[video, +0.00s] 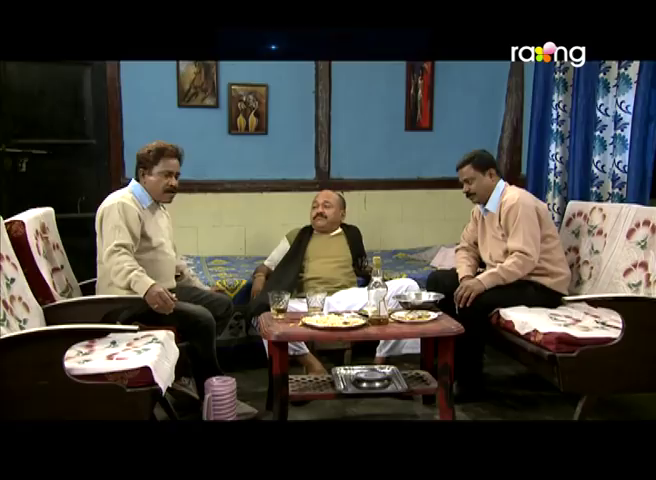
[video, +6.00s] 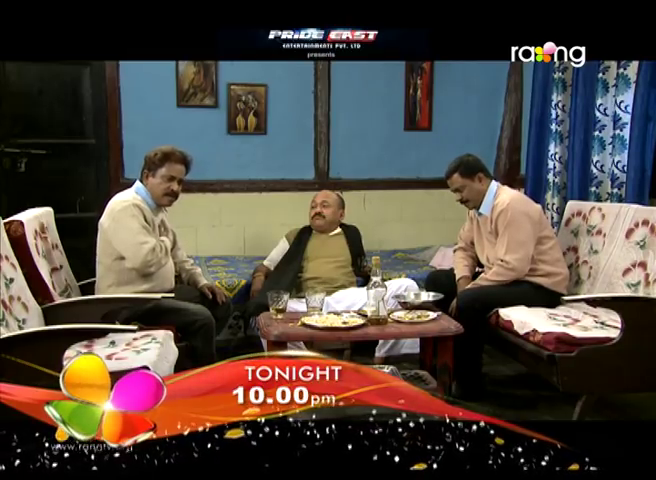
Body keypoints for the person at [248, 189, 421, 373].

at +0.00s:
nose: (318, 210)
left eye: (327, 206)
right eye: (315, 205)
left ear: (342, 214)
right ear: (310, 211)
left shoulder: (352, 233)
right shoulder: (297, 236)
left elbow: (363, 268)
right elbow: (265, 268)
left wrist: (379, 280)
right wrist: (258, 291)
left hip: (349, 297)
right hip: (306, 300)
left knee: (407, 286)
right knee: (267, 317)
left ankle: (380, 361)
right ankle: (312, 364)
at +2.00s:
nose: (318, 210)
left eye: (326, 206)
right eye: (314, 206)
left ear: (341, 213)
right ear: (309, 211)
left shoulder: (351, 233)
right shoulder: (297, 236)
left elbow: (362, 268)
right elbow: (265, 268)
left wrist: (379, 282)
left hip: (350, 297)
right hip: (309, 300)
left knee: (406, 286)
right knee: (269, 314)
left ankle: (381, 362)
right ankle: (309, 363)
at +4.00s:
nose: (317, 210)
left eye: (325, 206)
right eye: (314, 206)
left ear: (341, 213)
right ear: (309, 211)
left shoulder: (351, 233)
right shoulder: (297, 236)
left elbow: (362, 268)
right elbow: (266, 267)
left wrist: (377, 282)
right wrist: (257, 295)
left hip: (351, 297)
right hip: (311, 300)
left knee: (407, 286)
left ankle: (381, 362)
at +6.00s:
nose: (317, 210)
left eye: (325, 206)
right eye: (313, 206)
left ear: (340, 213)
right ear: (309, 212)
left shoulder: (351, 233)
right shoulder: (297, 236)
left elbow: (361, 269)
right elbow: (264, 269)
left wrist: (378, 280)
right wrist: (256, 302)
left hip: (350, 298)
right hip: (310, 300)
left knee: (406, 285)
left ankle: (382, 362)